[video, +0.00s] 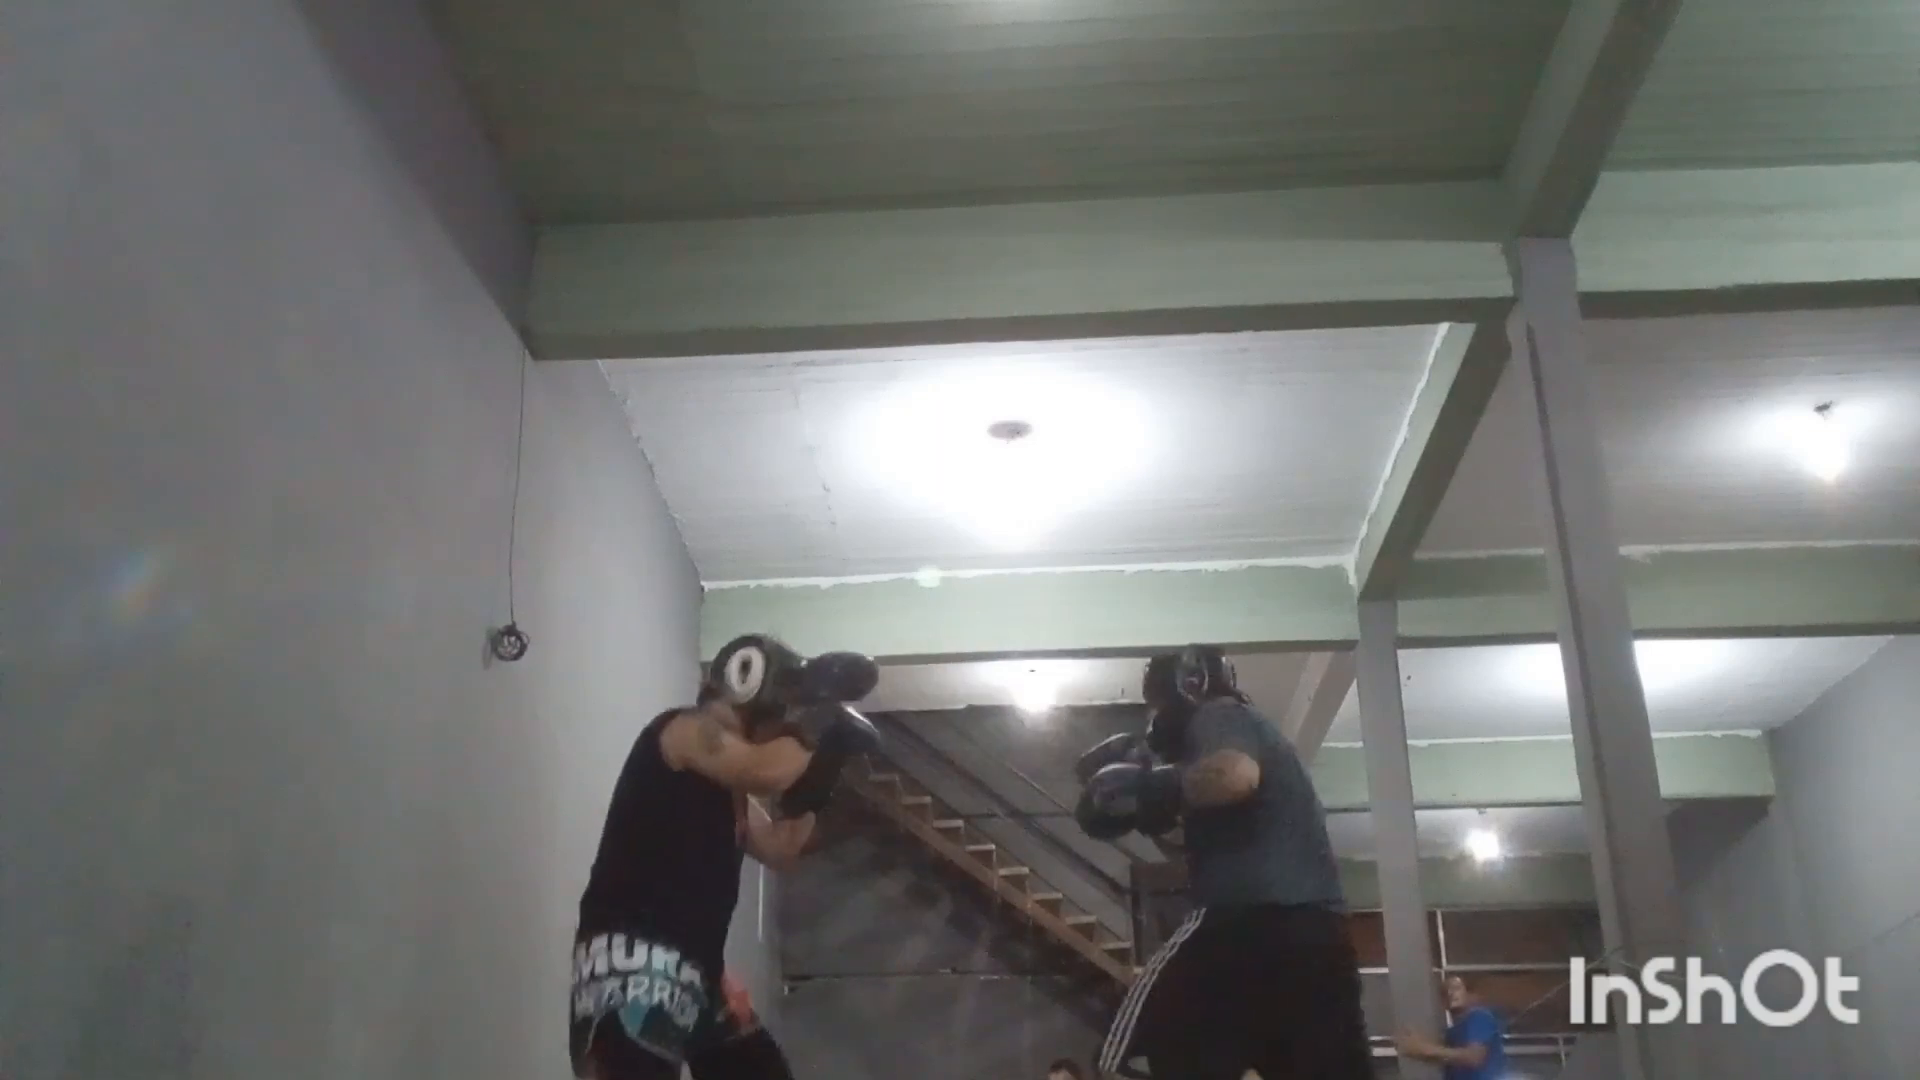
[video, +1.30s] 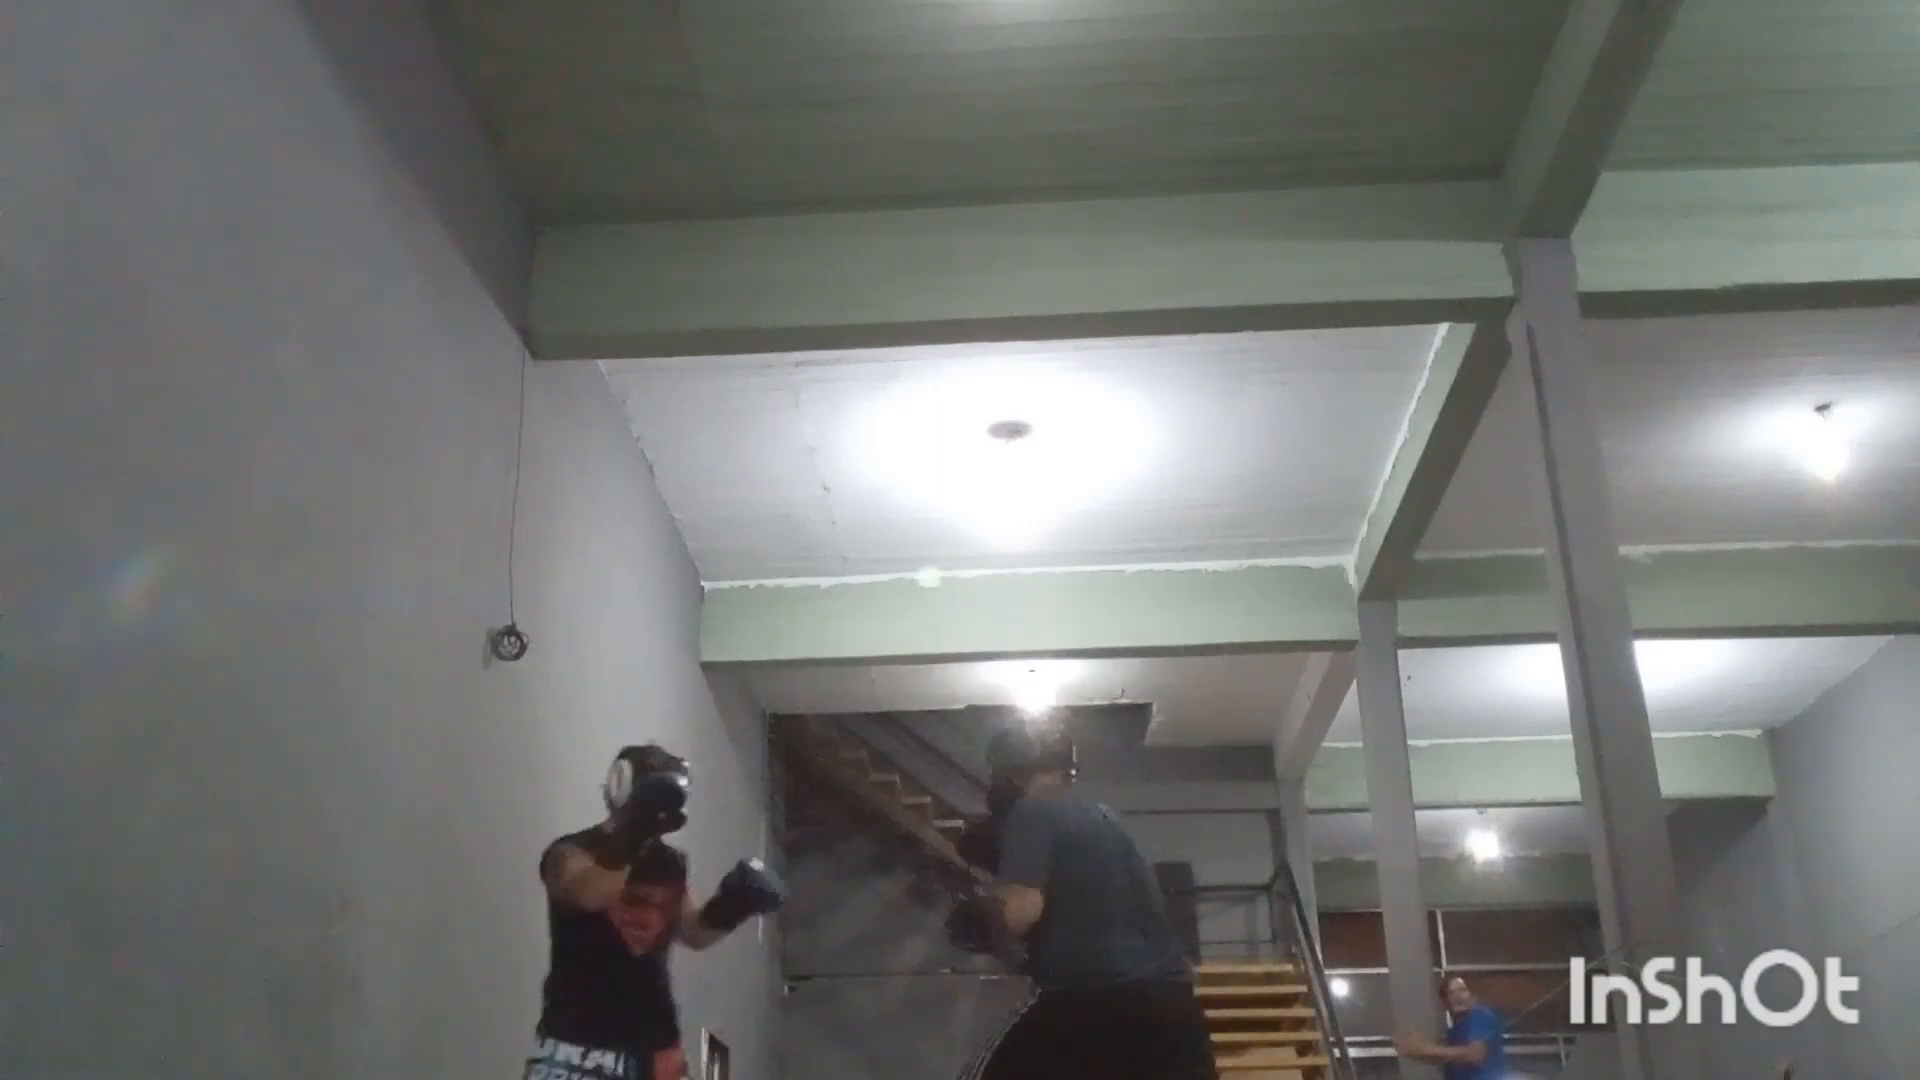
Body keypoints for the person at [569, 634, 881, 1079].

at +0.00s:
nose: (788, 725)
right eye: (785, 705)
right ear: (750, 682)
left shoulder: (724, 782)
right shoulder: (687, 730)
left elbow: (780, 848)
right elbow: (768, 770)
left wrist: (826, 766)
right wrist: (815, 726)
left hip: (695, 968)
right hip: (638, 958)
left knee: (759, 1071)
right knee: (638, 1068)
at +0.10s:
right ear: (740, 703)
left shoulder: (733, 802)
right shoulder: (673, 752)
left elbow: (793, 856)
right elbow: (739, 783)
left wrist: (814, 773)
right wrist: (797, 729)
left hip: (697, 989)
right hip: (635, 974)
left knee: (733, 1066)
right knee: (637, 1065)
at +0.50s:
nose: (757, 735)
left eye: (765, 723)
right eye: (750, 721)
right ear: (716, 716)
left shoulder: (745, 810)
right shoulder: (648, 781)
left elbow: (773, 878)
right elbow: (691, 819)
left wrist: (809, 840)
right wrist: (735, 755)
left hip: (716, 1010)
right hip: (641, 1009)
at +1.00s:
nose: (725, 786)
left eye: (728, 776)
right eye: (716, 774)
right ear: (690, 767)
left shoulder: (733, 835)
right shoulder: (623, 828)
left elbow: (808, 858)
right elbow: (660, 864)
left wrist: (810, 780)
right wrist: (698, 798)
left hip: (704, 1035)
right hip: (622, 1031)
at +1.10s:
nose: (714, 789)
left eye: (721, 777)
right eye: (705, 775)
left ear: (727, 784)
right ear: (672, 771)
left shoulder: (723, 843)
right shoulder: (614, 838)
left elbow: (787, 882)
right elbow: (653, 881)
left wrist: (794, 818)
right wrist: (691, 814)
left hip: (698, 1040)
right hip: (616, 1040)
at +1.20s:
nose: (697, 792)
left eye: (702, 780)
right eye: (687, 780)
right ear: (651, 780)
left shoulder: (698, 852)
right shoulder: (592, 842)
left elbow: (746, 916)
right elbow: (621, 889)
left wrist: (769, 872)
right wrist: (665, 819)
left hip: (679, 1044)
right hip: (599, 1042)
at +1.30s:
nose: (665, 808)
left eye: (673, 799)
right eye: (656, 796)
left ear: (676, 808)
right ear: (622, 790)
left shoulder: (667, 862)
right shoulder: (567, 854)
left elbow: (694, 934)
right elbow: (590, 893)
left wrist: (732, 905)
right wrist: (632, 832)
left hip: (655, 1054)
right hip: (577, 1053)